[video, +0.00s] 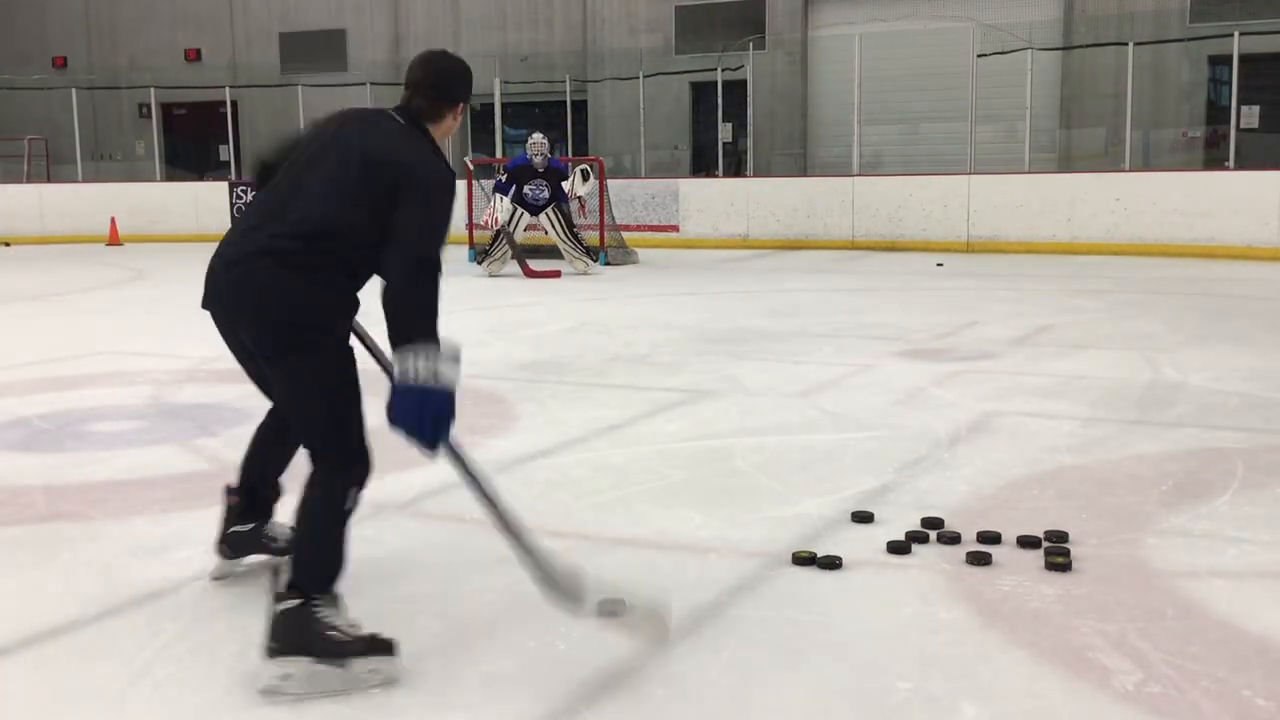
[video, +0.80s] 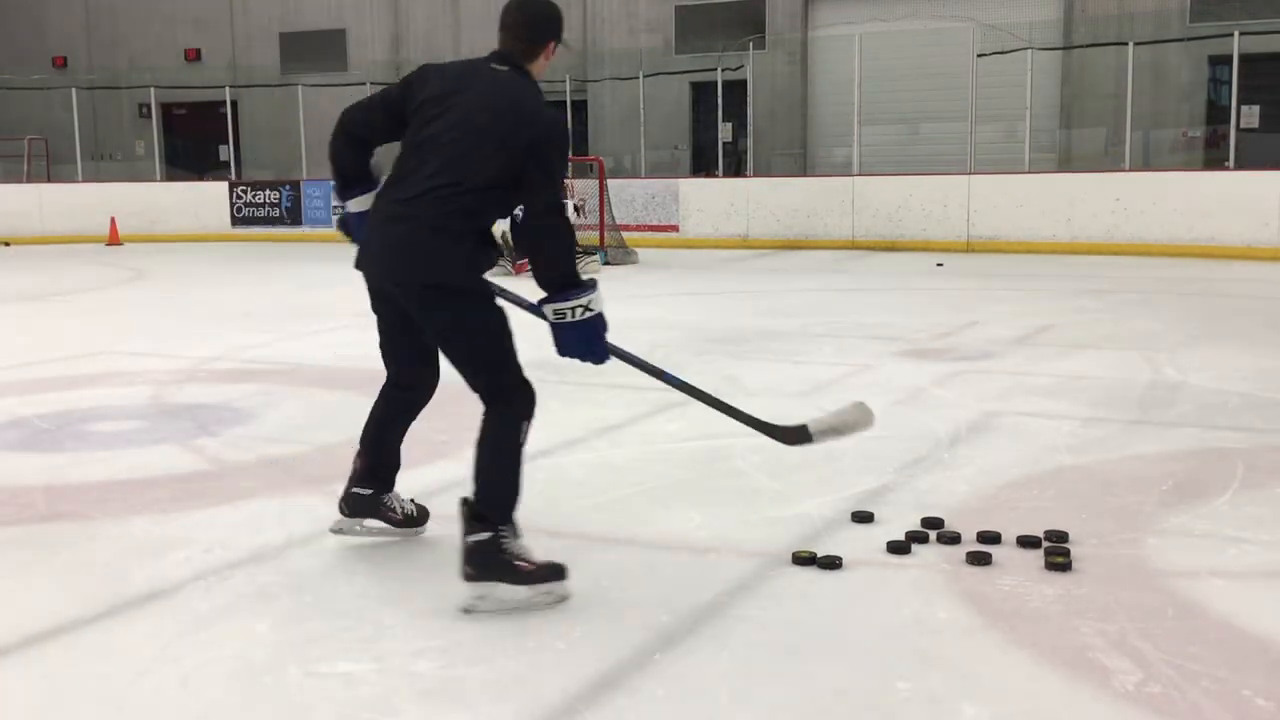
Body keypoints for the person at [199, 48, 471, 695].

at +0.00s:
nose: (461, 122)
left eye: (457, 111)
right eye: (463, 112)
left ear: (407, 94)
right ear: (455, 112)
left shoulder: (351, 125)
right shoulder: (428, 171)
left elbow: (273, 173)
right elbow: (411, 276)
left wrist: (322, 276)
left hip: (232, 286)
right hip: (297, 302)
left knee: (297, 406)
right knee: (342, 461)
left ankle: (243, 524)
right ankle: (305, 609)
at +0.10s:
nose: (455, 137)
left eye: (454, 126)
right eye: (456, 127)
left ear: (401, 103)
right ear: (447, 125)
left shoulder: (335, 120)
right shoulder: (434, 201)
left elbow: (242, 98)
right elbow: (431, 293)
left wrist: (257, 156)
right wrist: (423, 348)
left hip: (245, 288)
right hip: (309, 315)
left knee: (328, 387)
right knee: (288, 460)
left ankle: (285, 507)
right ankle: (213, 600)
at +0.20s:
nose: (456, 130)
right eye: (458, 123)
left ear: (401, 107)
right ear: (451, 124)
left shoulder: (346, 128)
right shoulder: (443, 195)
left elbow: (246, 125)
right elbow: (417, 256)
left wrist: (230, 136)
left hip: (262, 293)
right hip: (325, 320)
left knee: (356, 381)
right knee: (259, 457)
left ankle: (301, 503)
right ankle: (161, 575)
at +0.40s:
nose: (476, 108)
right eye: (479, 101)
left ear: (426, 87)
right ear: (475, 104)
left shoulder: (373, 115)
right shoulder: (472, 165)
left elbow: (289, 133)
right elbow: (444, 242)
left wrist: (219, 185)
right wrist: (397, 234)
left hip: (301, 271)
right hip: (358, 294)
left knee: (388, 374)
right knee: (335, 441)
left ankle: (335, 496)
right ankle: (241, 550)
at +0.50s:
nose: (489, 94)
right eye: (493, 86)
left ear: (438, 74)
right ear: (488, 88)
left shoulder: (383, 107)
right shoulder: (484, 151)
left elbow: (300, 135)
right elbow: (477, 235)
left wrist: (237, 200)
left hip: (317, 263)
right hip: (374, 284)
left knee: (395, 380)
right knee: (396, 423)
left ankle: (350, 487)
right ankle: (311, 536)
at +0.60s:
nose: (509, 77)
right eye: (511, 70)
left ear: (457, 60)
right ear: (508, 73)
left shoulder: (397, 98)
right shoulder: (501, 141)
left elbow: (312, 132)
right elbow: (503, 233)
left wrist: (273, 202)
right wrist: (517, 301)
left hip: (333, 262)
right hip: (393, 279)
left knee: (401, 378)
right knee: (445, 411)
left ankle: (360, 490)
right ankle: (382, 536)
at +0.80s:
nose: (555, 57)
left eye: (554, 47)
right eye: (557, 49)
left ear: (499, 37)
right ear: (548, 51)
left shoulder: (438, 78)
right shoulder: (541, 119)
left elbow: (354, 125)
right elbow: (543, 221)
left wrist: (355, 203)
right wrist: (572, 306)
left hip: (382, 255)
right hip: (445, 267)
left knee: (409, 378)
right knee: (509, 398)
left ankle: (365, 491)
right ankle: (489, 540)